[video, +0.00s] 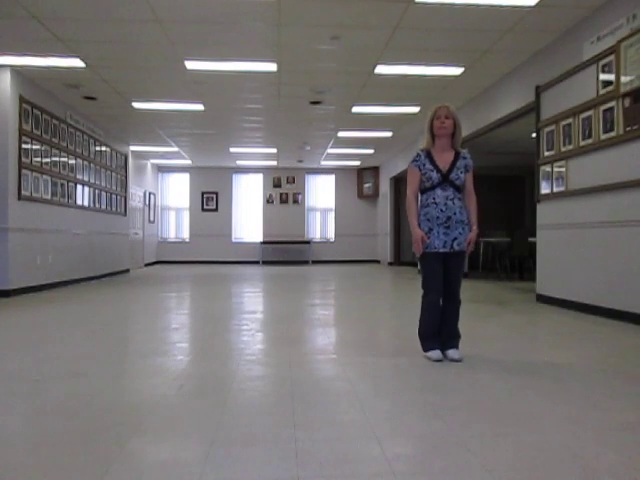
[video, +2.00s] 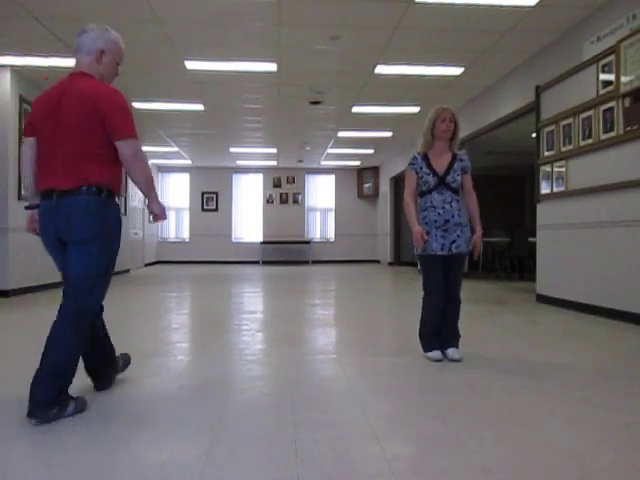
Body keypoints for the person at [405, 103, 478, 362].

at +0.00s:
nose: (443, 122)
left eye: (447, 118)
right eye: (438, 118)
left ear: (455, 125)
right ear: (431, 125)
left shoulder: (464, 158)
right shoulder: (420, 158)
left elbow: (469, 193)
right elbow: (411, 196)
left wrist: (474, 226)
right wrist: (414, 228)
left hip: (458, 229)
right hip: (430, 229)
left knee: (453, 290)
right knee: (432, 290)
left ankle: (450, 343)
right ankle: (431, 344)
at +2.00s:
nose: (447, 125)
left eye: (451, 122)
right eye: (443, 121)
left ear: (455, 128)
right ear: (432, 126)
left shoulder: (461, 160)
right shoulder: (418, 160)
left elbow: (470, 195)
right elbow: (409, 197)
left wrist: (477, 229)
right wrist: (415, 226)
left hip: (457, 231)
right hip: (429, 232)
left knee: (453, 291)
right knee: (434, 290)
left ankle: (451, 343)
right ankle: (431, 344)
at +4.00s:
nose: (442, 128)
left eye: (447, 124)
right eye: (437, 123)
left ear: (452, 129)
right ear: (429, 126)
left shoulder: (460, 157)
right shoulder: (416, 159)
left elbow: (470, 190)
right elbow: (408, 195)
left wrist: (479, 222)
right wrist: (411, 225)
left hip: (458, 229)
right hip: (429, 230)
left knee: (453, 289)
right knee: (433, 288)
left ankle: (451, 342)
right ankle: (431, 344)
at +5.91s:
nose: (449, 127)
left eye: (453, 124)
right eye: (444, 122)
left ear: (457, 129)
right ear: (435, 125)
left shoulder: (462, 158)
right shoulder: (418, 158)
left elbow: (468, 193)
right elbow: (409, 193)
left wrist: (476, 226)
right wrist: (417, 216)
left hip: (459, 230)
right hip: (431, 230)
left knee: (453, 290)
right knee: (435, 289)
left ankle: (450, 343)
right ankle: (431, 344)